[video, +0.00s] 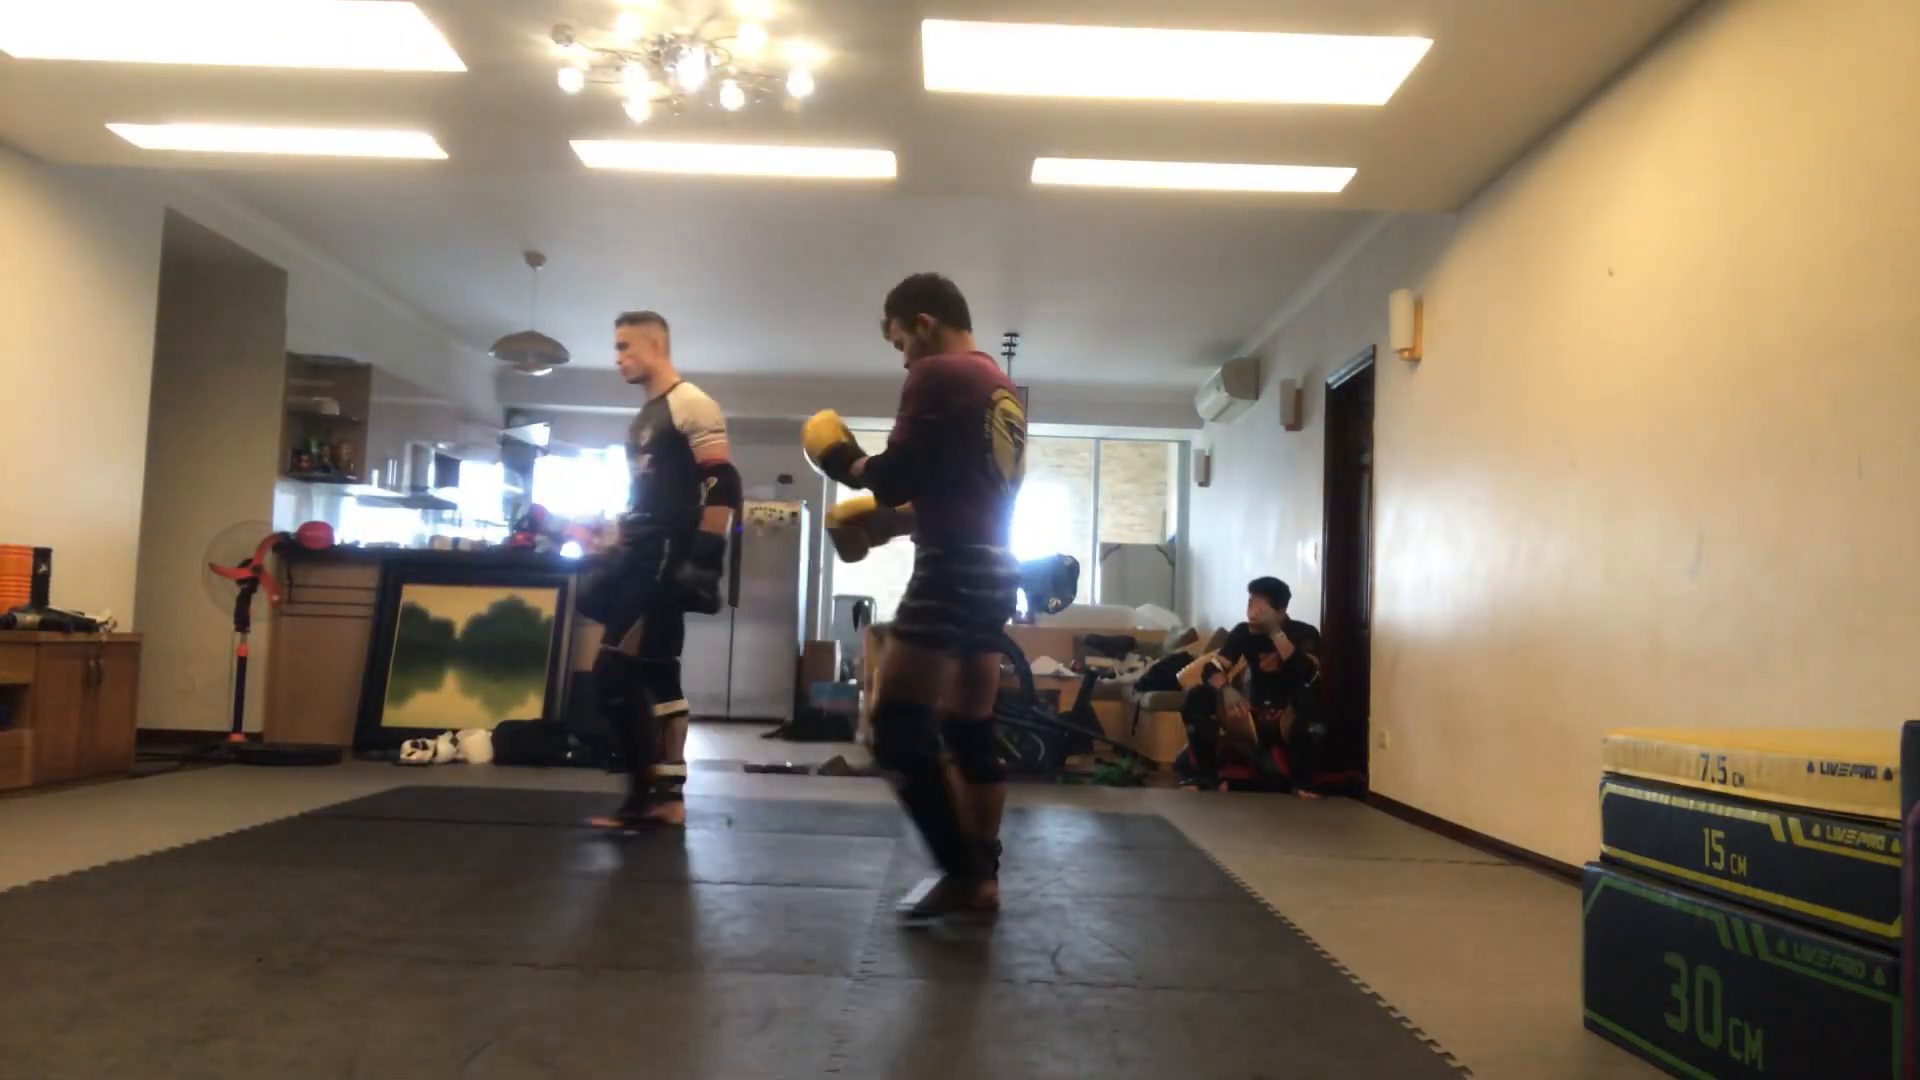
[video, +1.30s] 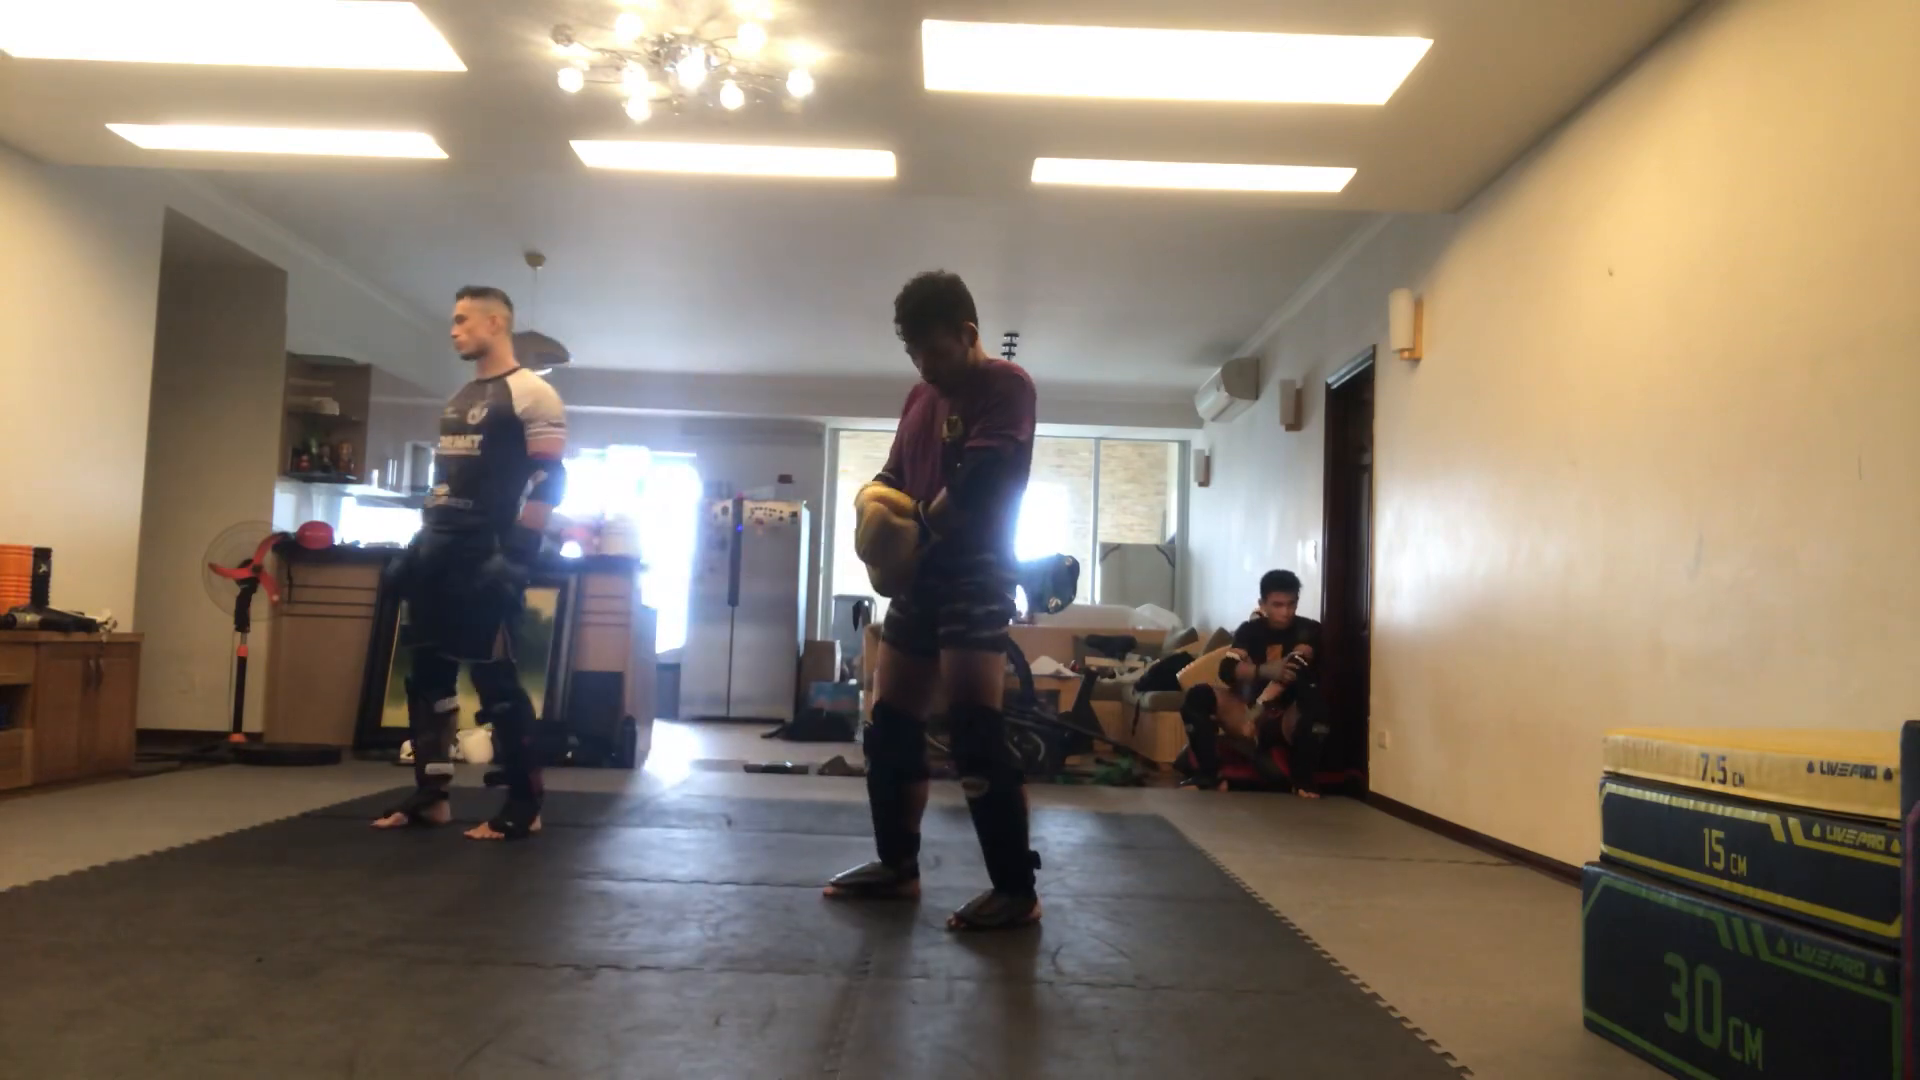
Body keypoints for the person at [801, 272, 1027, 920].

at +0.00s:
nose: (901, 354)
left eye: (899, 340)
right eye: (896, 342)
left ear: (924, 324)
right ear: (951, 326)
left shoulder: (935, 374)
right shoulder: (1000, 382)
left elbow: (897, 474)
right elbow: (965, 490)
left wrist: (841, 459)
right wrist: (880, 522)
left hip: (947, 568)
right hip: (992, 568)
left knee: (898, 723)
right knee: (971, 727)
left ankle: (960, 873)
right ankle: (979, 880)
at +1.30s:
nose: (921, 364)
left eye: (928, 348)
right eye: (912, 350)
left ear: (967, 333)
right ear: (908, 343)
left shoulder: (1005, 385)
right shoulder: (922, 395)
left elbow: (976, 487)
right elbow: (893, 476)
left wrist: (914, 532)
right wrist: (878, 510)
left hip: (977, 579)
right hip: (919, 580)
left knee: (974, 730)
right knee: (891, 725)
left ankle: (1015, 892)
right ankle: (896, 867)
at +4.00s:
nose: (895, 342)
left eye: (902, 329)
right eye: (897, 330)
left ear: (933, 331)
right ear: (943, 335)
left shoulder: (948, 386)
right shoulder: (971, 391)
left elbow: (961, 479)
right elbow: (978, 491)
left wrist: (926, 565)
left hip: (955, 577)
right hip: (981, 578)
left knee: (896, 714)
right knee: (953, 731)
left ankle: (880, 857)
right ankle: (958, 868)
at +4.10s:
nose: (891, 339)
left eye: (898, 326)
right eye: (894, 327)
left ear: (929, 329)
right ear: (938, 333)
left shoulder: (943, 390)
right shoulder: (966, 392)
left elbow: (962, 483)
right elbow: (977, 492)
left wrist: (930, 575)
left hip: (944, 580)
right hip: (974, 581)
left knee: (896, 718)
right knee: (951, 732)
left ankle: (878, 859)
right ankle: (958, 866)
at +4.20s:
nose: (887, 337)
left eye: (895, 324)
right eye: (891, 324)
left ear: (926, 329)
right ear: (934, 333)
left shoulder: (939, 393)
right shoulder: (959, 393)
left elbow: (950, 497)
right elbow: (962, 504)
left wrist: (922, 592)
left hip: (936, 584)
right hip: (963, 585)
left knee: (896, 726)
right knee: (950, 733)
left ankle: (878, 866)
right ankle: (957, 867)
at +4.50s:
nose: (866, 337)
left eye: (873, 325)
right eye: (868, 325)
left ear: (902, 330)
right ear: (913, 332)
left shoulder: (921, 401)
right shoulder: (933, 397)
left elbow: (910, 517)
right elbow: (917, 516)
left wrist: (869, 600)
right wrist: (884, 595)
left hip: (910, 591)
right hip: (924, 590)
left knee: (881, 733)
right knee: (918, 736)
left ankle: (875, 867)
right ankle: (951, 862)